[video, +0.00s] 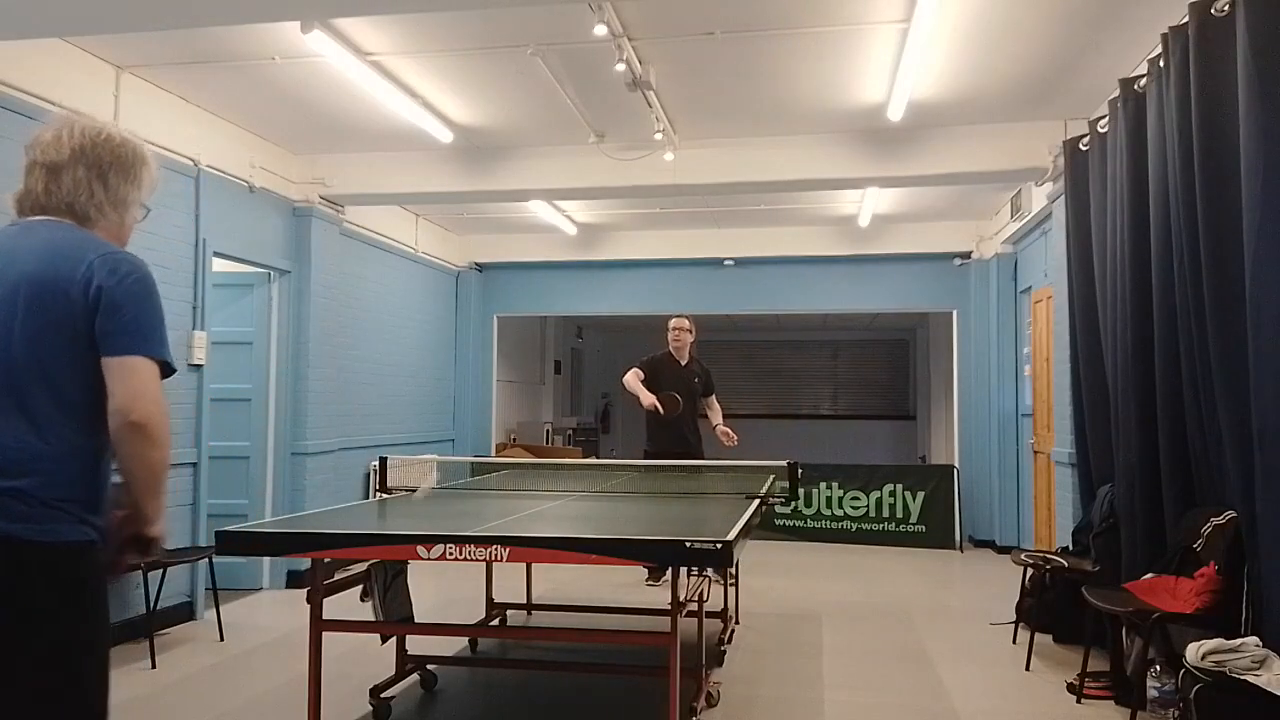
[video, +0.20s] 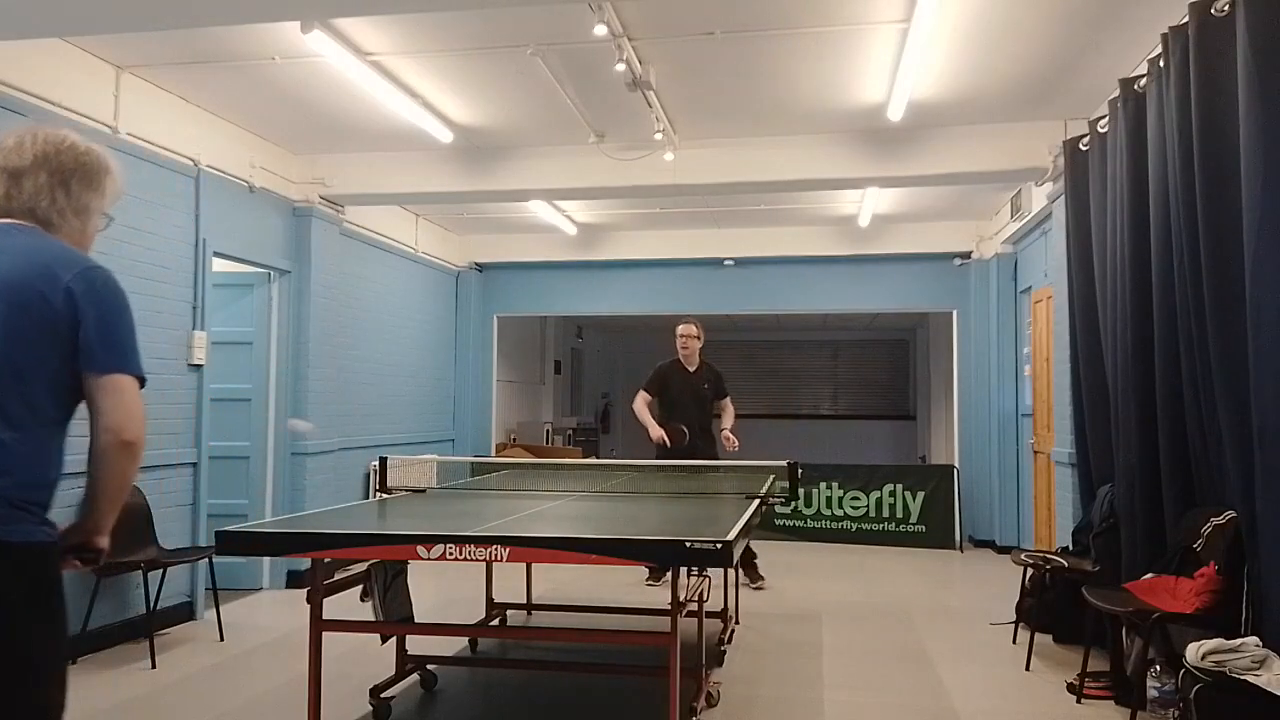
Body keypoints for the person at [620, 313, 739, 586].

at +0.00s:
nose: (678, 334)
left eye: (683, 330)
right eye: (674, 330)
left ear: (692, 336)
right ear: (667, 335)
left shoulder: (700, 370)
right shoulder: (655, 362)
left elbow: (711, 404)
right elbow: (629, 378)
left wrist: (718, 425)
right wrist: (643, 393)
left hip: (691, 452)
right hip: (657, 452)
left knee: (698, 507)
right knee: (656, 509)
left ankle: (709, 562)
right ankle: (656, 566)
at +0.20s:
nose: (685, 341)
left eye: (690, 337)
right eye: (681, 337)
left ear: (700, 341)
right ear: (675, 340)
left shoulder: (712, 374)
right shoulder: (663, 372)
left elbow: (727, 408)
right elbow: (639, 403)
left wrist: (725, 429)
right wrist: (652, 426)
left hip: (705, 456)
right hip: (670, 456)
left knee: (724, 508)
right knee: (663, 510)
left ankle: (749, 566)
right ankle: (658, 566)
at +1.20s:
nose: (686, 354)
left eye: (691, 349)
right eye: (682, 349)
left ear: (703, 348)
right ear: (677, 347)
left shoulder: (714, 377)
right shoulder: (667, 370)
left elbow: (728, 409)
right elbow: (631, 379)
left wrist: (719, 434)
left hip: (704, 456)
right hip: (670, 454)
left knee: (722, 506)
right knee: (667, 508)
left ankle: (741, 563)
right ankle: (669, 560)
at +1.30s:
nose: (691, 339)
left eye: (697, 335)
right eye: (687, 334)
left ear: (705, 337)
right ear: (680, 336)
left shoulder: (714, 370)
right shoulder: (665, 359)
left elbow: (726, 402)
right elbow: (641, 360)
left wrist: (720, 427)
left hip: (702, 450)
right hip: (669, 448)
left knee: (712, 505)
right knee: (666, 506)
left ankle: (729, 559)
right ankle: (668, 560)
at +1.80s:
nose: (707, 338)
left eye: (712, 334)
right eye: (703, 334)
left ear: (722, 338)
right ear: (696, 337)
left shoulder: (732, 372)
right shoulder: (683, 365)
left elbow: (749, 406)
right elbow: (648, 381)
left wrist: (742, 428)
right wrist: (652, 390)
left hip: (720, 454)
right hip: (685, 452)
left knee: (726, 509)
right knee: (675, 507)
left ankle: (730, 563)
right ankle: (670, 562)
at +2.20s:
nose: (692, 345)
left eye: (697, 341)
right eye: (688, 341)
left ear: (707, 343)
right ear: (682, 344)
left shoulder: (721, 373)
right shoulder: (672, 373)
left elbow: (740, 407)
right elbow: (653, 408)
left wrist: (730, 431)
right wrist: (662, 433)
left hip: (717, 456)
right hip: (683, 457)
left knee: (731, 508)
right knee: (679, 509)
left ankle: (746, 565)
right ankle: (678, 563)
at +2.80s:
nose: (696, 357)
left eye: (702, 352)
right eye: (693, 352)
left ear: (715, 350)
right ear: (689, 351)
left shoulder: (731, 380)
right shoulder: (681, 372)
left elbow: (747, 416)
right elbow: (648, 381)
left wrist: (736, 440)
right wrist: (651, 406)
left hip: (721, 459)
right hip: (686, 457)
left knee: (735, 513)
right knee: (674, 509)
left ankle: (748, 572)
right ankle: (678, 562)